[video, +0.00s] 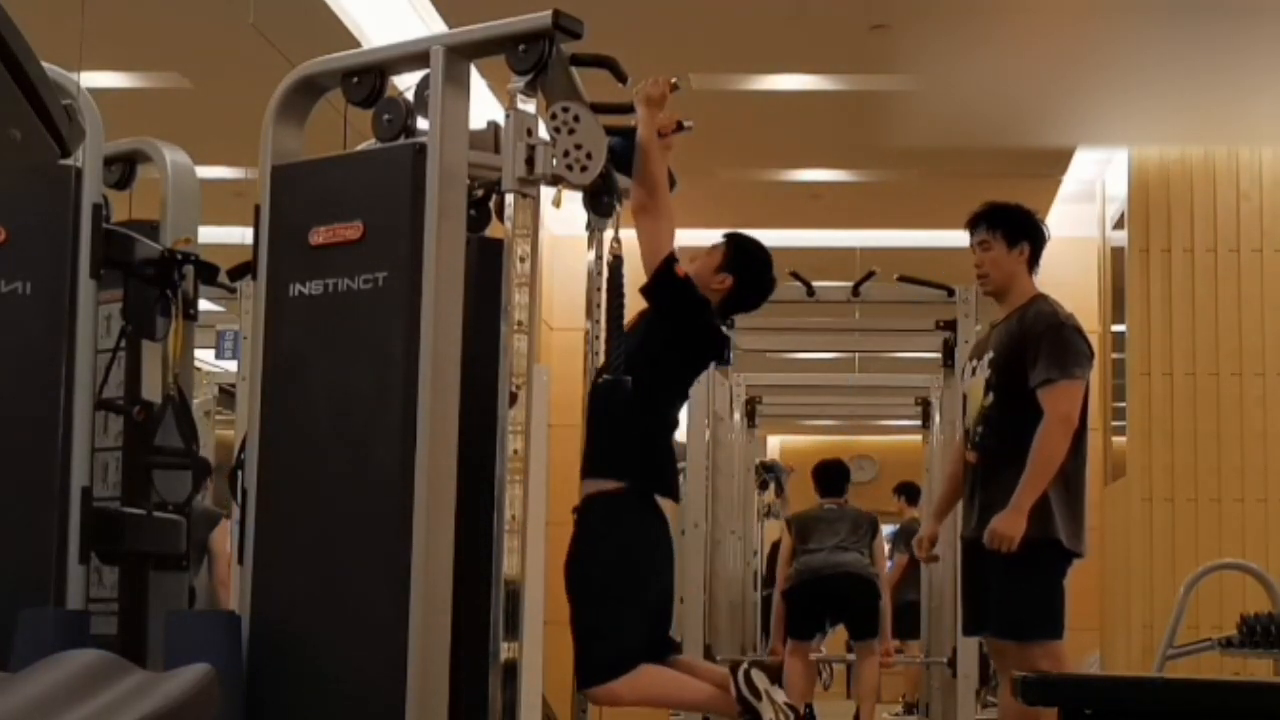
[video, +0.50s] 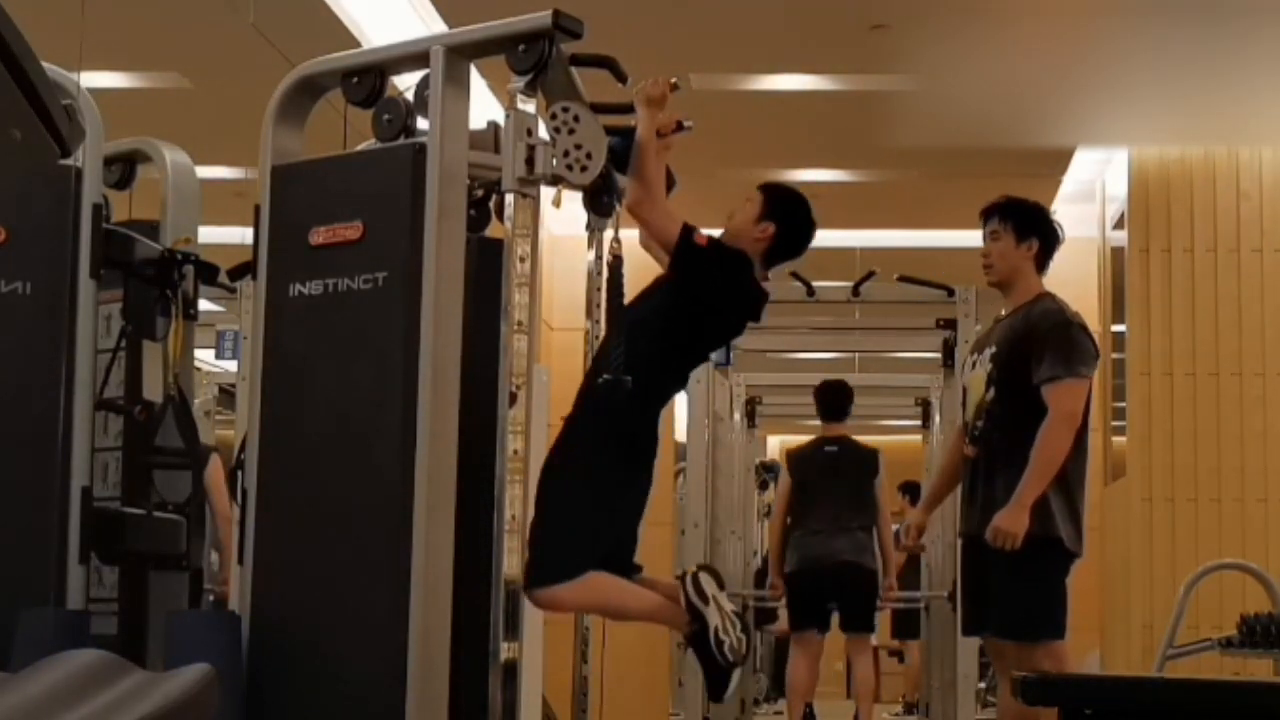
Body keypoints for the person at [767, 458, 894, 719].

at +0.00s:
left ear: (815, 487)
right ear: (847, 486)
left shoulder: (795, 522)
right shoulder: (868, 521)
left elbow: (781, 584)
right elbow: (882, 582)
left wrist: (776, 640)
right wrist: (886, 638)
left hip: (807, 590)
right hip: (859, 588)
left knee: (797, 653)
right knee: (867, 654)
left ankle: (797, 714)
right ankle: (865, 715)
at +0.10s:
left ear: (816, 482)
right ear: (848, 481)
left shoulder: (795, 517)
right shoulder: (869, 517)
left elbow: (782, 580)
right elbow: (882, 579)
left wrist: (776, 636)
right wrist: (886, 634)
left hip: (807, 588)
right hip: (858, 586)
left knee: (798, 652)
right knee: (866, 652)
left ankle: (796, 714)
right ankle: (865, 715)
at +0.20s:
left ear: (816, 469)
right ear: (849, 467)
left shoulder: (797, 506)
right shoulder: (869, 506)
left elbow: (782, 569)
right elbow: (881, 568)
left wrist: (776, 623)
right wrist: (887, 622)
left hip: (807, 585)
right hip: (858, 584)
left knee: (800, 652)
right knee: (865, 652)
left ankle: (800, 713)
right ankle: (865, 715)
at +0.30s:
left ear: (817, 450)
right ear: (850, 449)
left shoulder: (796, 490)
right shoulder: (870, 489)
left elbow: (782, 554)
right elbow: (881, 553)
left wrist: (776, 605)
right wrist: (888, 605)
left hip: (806, 580)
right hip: (857, 580)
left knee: (801, 651)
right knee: (864, 651)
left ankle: (797, 715)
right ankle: (864, 715)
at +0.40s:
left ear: (818, 428)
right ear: (850, 428)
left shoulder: (796, 473)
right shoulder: (871, 472)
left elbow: (782, 535)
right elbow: (882, 534)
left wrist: (774, 586)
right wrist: (889, 587)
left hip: (806, 574)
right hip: (856, 573)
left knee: (802, 649)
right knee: (862, 649)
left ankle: (796, 715)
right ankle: (865, 714)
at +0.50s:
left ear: (817, 409)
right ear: (850, 409)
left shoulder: (794, 457)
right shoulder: (870, 457)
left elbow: (778, 518)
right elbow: (883, 519)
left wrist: (774, 569)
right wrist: (890, 571)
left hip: (807, 566)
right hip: (857, 566)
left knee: (804, 647)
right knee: (860, 647)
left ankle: (797, 715)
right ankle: (864, 714)